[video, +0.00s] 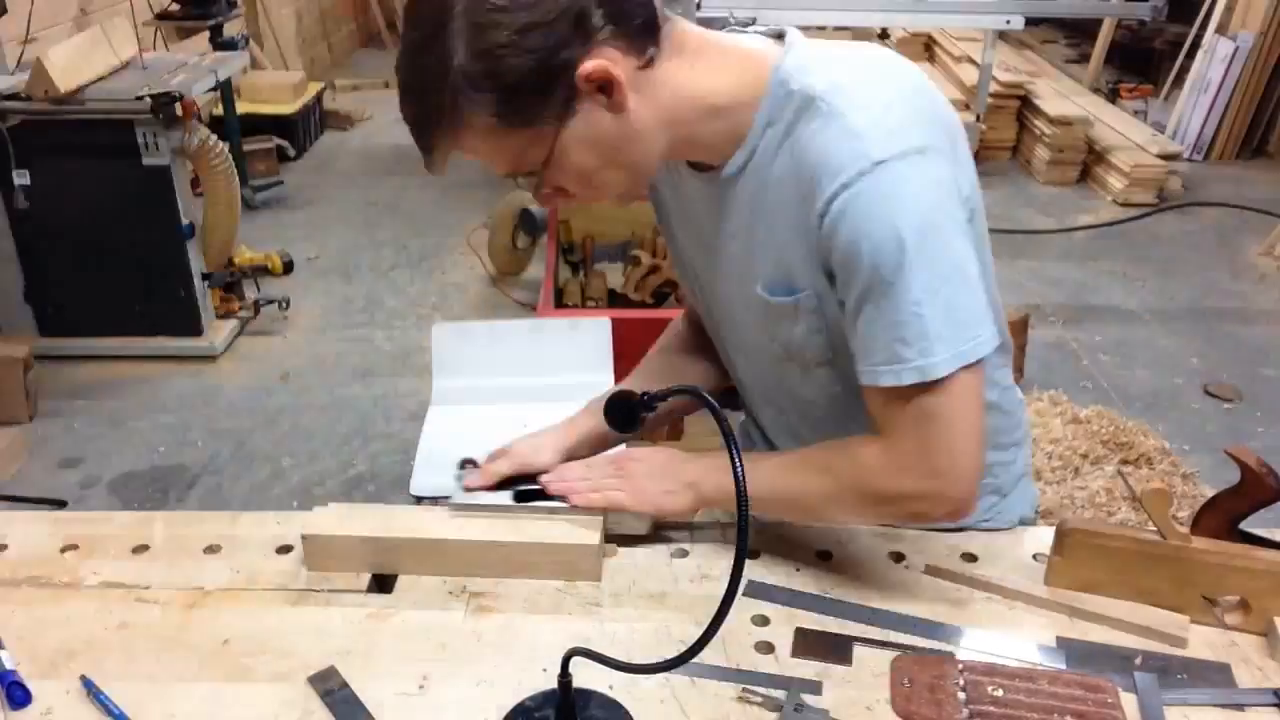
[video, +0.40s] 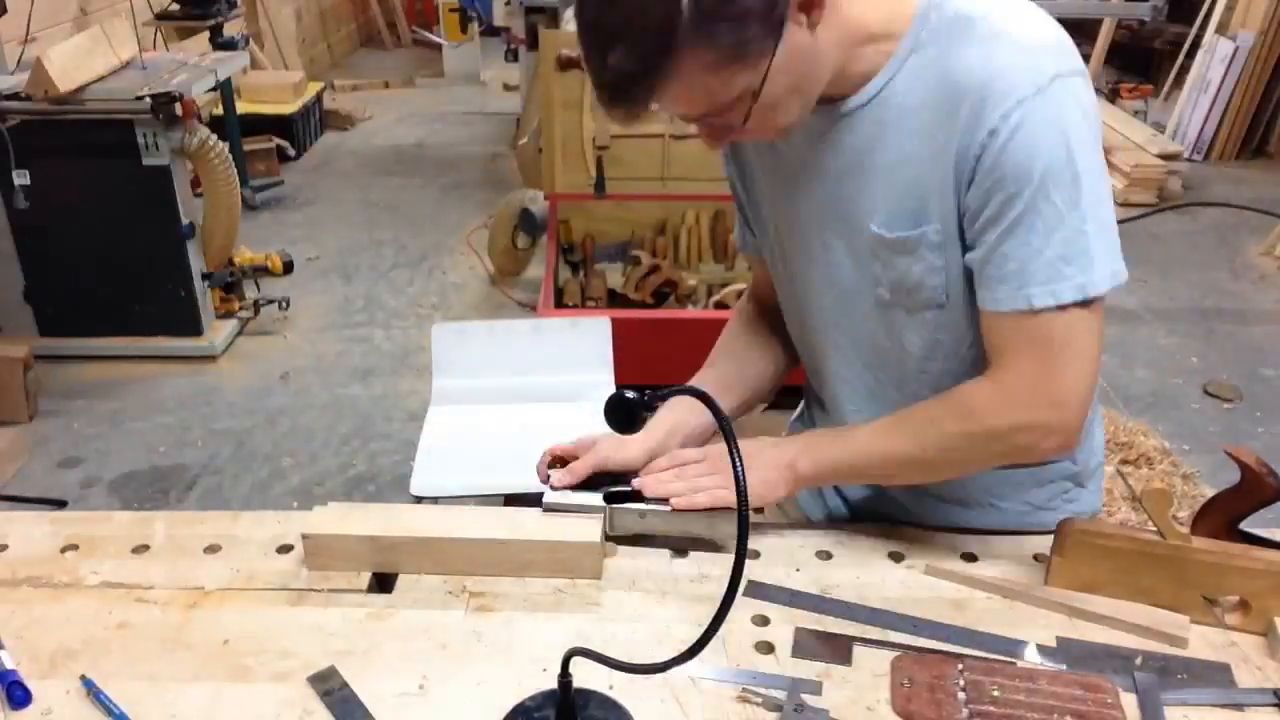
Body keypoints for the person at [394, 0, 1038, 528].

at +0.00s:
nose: (548, 202)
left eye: (537, 171)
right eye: (525, 182)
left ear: (606, 87)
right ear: (610, 83)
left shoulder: (882, 167)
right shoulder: (685, 127)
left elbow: (939, 478)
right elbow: (721, 330)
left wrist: (703, 477)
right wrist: (579, 436)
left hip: (954, 546)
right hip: (814, 516)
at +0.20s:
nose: (851, 80)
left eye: (880, 45)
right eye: (827, 49)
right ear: (804, 23)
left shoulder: (1116, 86)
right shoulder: (829, 49)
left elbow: (1132, 368)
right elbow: (822, 203)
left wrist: (876, 412)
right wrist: (807, 305)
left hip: (1000, 533)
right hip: (834, 499)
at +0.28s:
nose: (600, 196)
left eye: (600, 170)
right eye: (579, 180)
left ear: (669, 85)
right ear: (670, 77)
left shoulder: (922, 141)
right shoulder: (720, 121)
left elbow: (896, 485)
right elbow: (702, 333)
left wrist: (655, 486)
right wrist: (546, 436)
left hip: (964, 538)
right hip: (813, 501)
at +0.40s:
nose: (717, 142)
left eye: (732, 109)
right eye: (693, 120)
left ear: (805, 16)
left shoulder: (1017, 85)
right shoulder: (750, 88)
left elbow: (1042, 406)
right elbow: (776, 307)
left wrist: (792, 461)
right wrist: (665, 433)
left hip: (998, 540)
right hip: (833, 519)